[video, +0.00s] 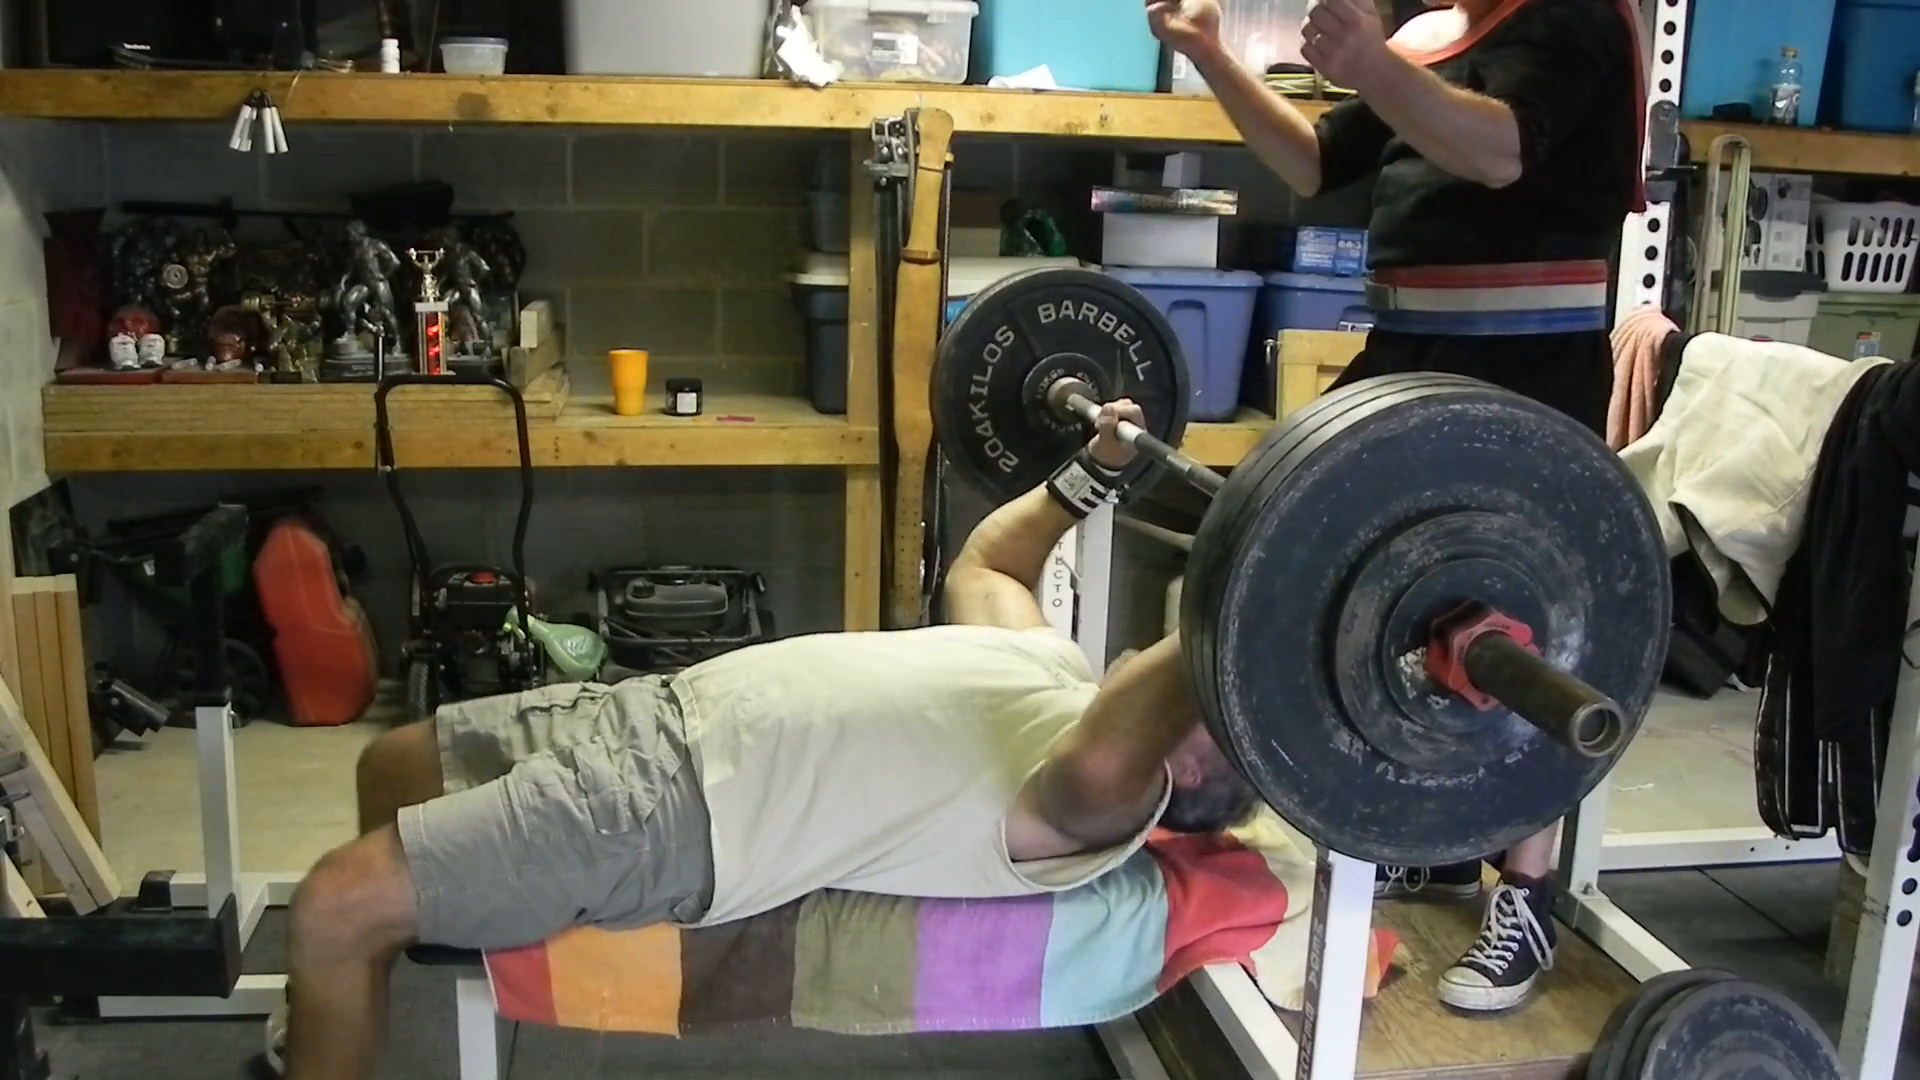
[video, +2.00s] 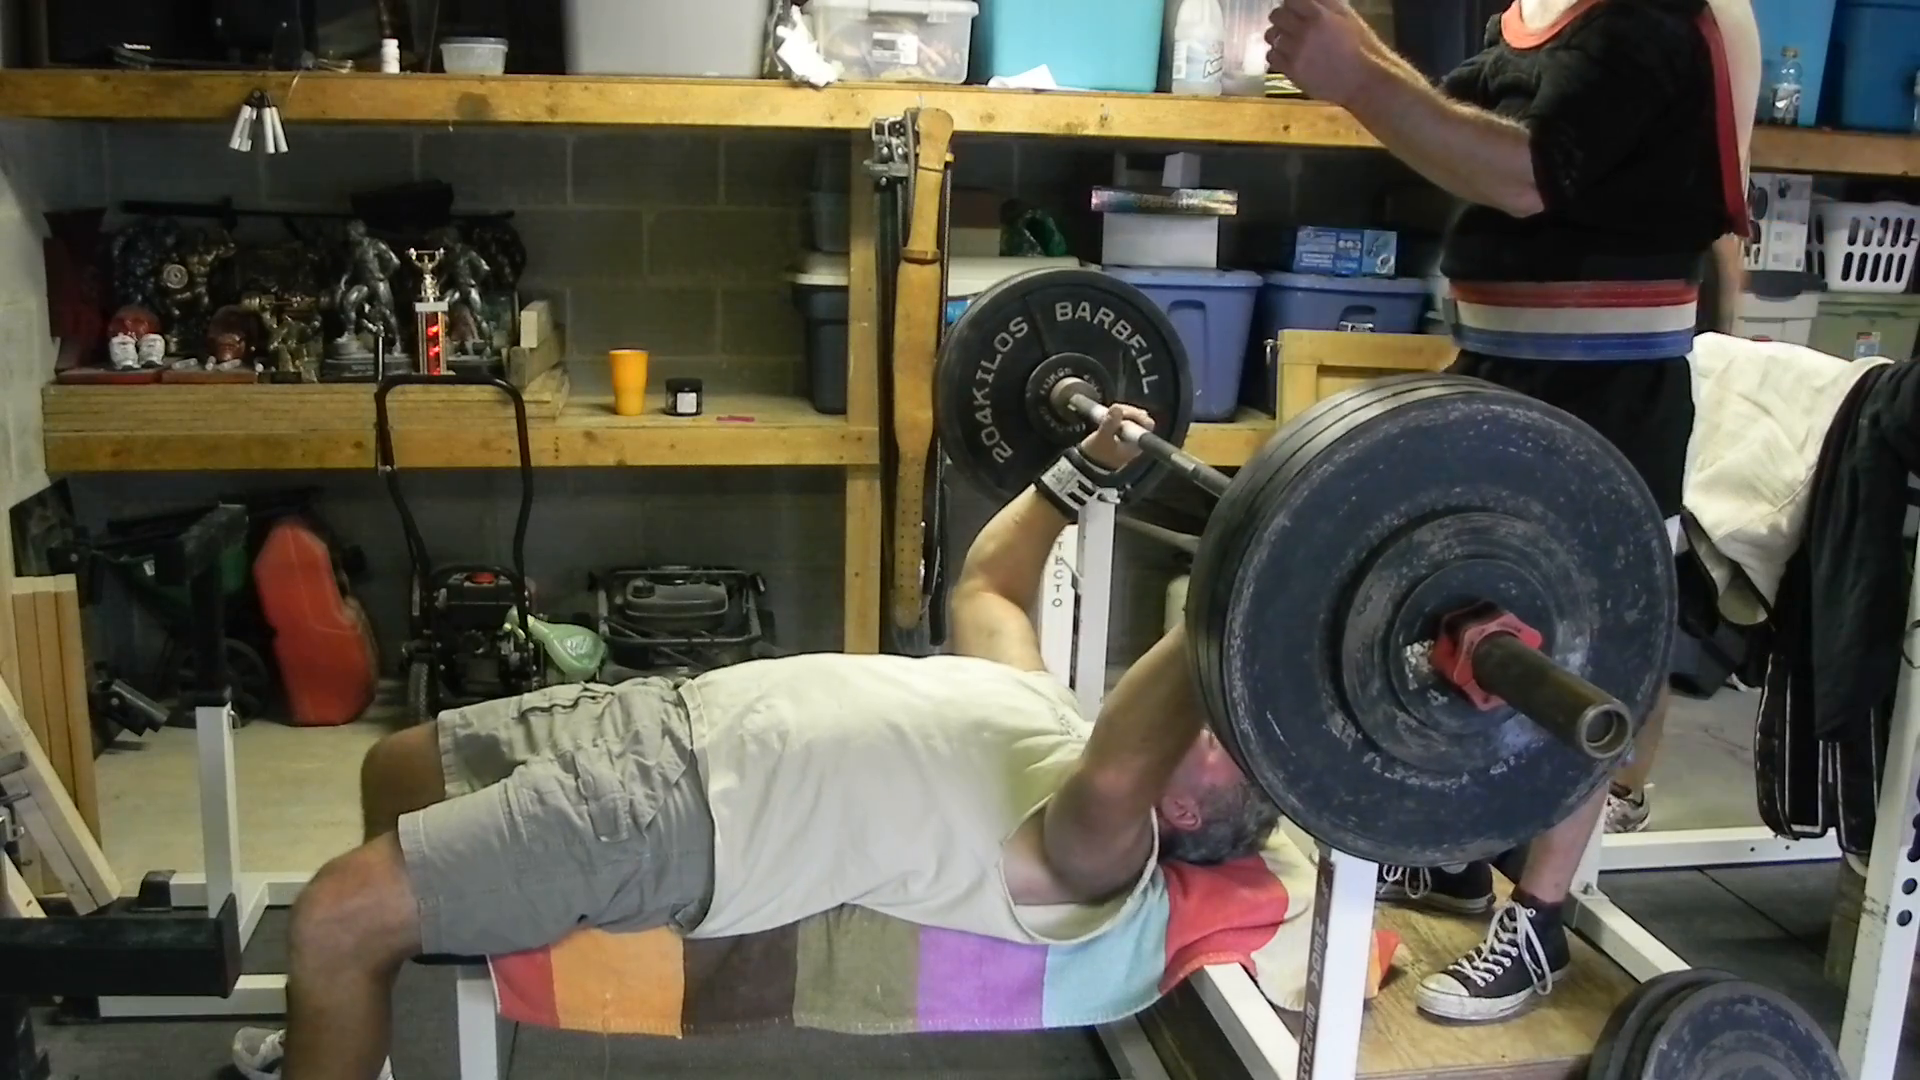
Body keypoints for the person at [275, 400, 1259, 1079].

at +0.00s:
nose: (1182, 695)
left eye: (1208, 712)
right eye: (1199, 689)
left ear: (1208, 766)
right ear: (1174, 669)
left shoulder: (1092, 809)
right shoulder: (1047, 670)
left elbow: (1112, 741)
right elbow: (991, 563)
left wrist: (1248, 609)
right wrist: (1088, 473)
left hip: (673, 814)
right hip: (649, 706)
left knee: (338, 903)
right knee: (391, 766)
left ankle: (319, 1064)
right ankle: (368, 985)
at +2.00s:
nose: (1191, 733)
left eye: (1223, 747)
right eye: (1209, 719)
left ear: (1215, 809)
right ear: (1182, 729)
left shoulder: (1089, 863)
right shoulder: (1029, 718)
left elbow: (1127, 759)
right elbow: (998, 584)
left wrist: (1234, 603)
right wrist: (1075, 471)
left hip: (672, 822)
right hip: (656, 714)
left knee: (340, 914)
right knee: (396, 769)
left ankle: (320, 1068)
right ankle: (434, 986)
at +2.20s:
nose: (1191, 739)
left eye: (1221, 753)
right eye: (1205, 724)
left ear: (1211, 814)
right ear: (1178, 734)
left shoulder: (1084, 862)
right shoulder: (1029, 716)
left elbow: (1132, 759)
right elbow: (1005, 584)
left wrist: (1247, 606)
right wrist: (1087, 467)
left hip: (667, 821)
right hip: (649, 714)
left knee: (330, 916)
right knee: (392, 768)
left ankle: (319, 1067)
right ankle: (415, 997)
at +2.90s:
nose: (1189, 735)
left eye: (1216, 747)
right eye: (1206, 723)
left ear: (1210, 805)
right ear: (1183, 741)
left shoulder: (1079, 854)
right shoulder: (1029, 712)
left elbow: (1159, 744)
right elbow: (1015, 584)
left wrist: (1267, 605)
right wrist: (1100, 474)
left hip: (661, 821)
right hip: (647, 712)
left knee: (325, 917)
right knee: (388, 767)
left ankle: (318, 1067)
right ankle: (378, 1015)